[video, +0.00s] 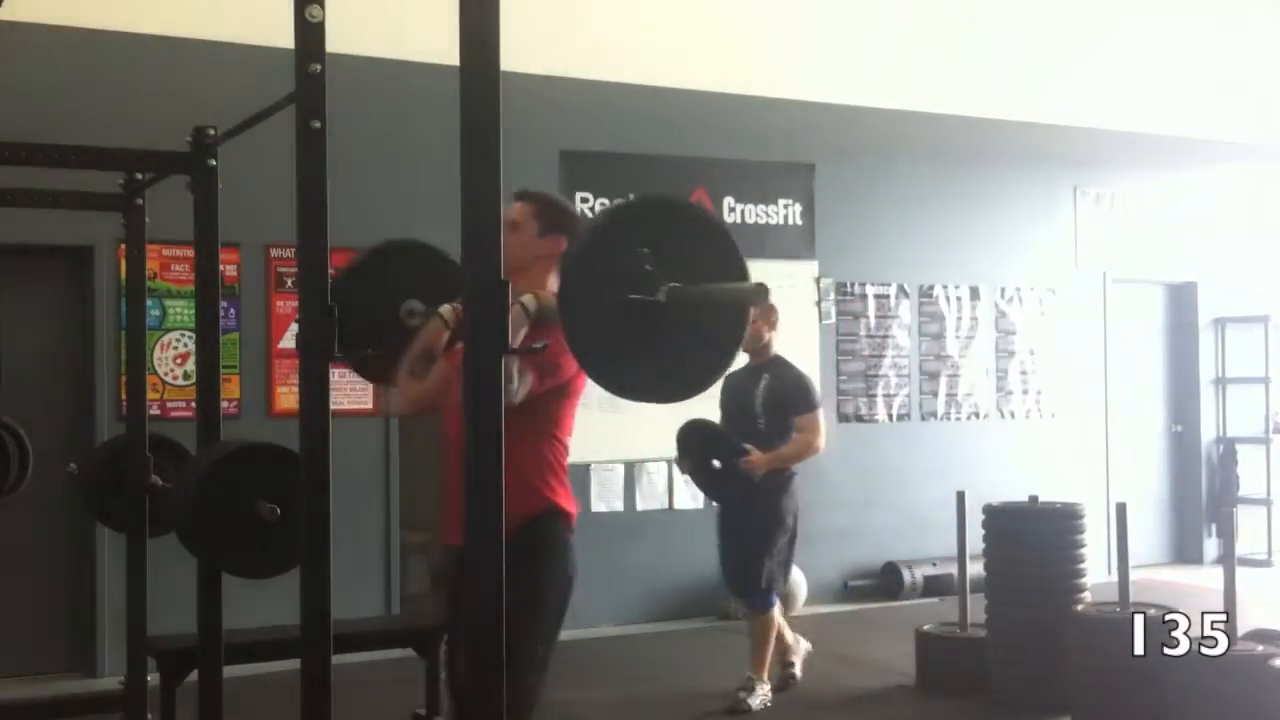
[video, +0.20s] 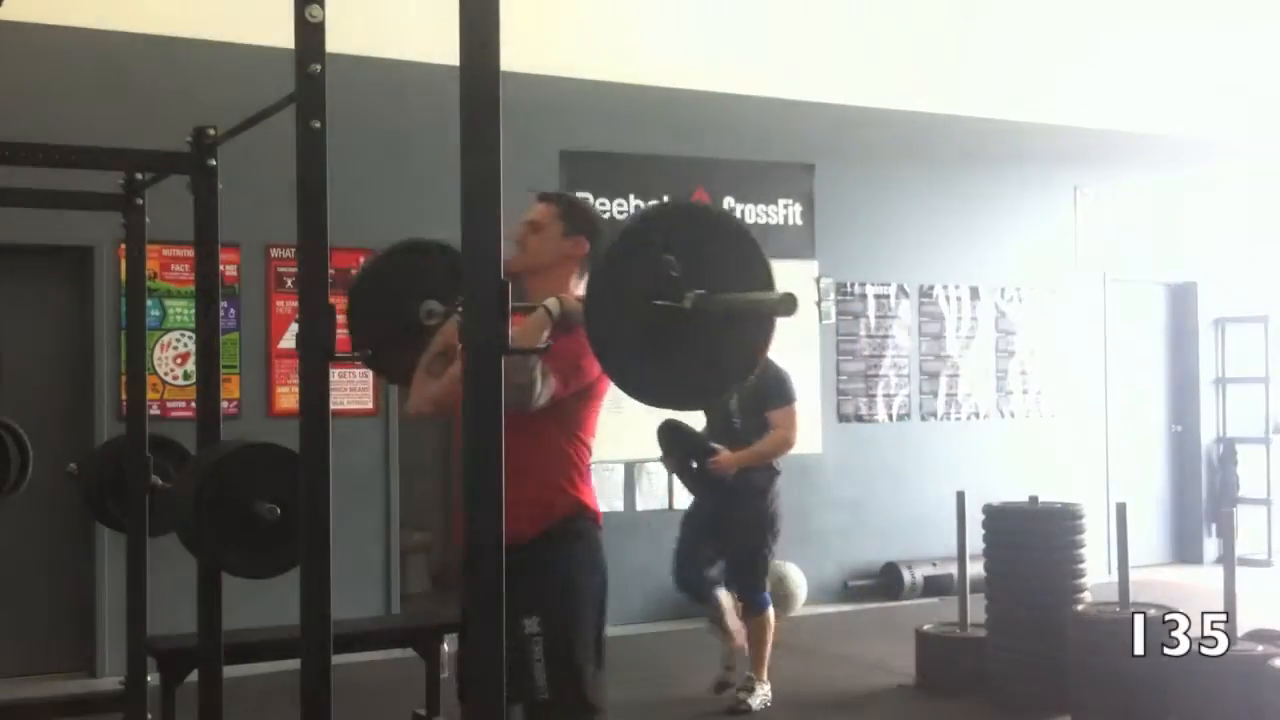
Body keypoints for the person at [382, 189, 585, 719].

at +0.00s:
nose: (498, 236)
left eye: (512, 227)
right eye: (502, 226)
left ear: (553, 245)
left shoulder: (564, 328)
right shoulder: (481, 334)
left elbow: (500, 386)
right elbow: (404, 396)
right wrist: (435, 329)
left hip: (531, 534)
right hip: (473, 536)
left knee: (511, 693)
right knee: (469, 689)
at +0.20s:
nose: (516, 237)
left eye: (533, 228)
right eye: (521, 227)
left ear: (575, 248)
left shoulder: (588, 331)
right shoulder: (502, 330)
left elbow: (523, 390)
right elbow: (420, 401)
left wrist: (543, 313)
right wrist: (443, 341)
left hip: (559, 536)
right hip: (491, 540)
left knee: (570, 692)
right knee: (487, 690)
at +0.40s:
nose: (530, 236)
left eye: (547, 228)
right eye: (535, 227)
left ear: (589, 248)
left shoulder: (598, 330)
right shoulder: (517, 331)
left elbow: (526, 386)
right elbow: (436, 397)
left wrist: (560, 312)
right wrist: (464, 324)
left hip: (573, 533)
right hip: (507, 537)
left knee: (582, 692)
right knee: (498, 688)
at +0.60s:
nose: (534, 236)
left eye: (551, 228)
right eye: (539, 227)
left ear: (593, 248)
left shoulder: (602, 331)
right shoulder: (520, 331)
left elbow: (530, 385)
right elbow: (441, 397)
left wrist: (567, 310)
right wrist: (467, 325)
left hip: (574, 533)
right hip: (508, 538)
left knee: (584, 693)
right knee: (509, 690)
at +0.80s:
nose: (536, 234)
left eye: (554, 227)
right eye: (541, 225)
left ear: (595, 247)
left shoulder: (603, 335)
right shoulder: (520, 328)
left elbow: (535, 386)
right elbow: (443, 400)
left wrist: (571, 310)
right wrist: (469, 326)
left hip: (575, 532)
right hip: (509, 537)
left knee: (585, 692)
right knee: (511, 690)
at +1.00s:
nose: (540, 236)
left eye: (557, 229)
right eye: (544, 228)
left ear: (598, 250)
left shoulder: (601, 339)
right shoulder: (518, 331)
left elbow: (535, 387)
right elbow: (443, 400)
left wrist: (570, 310)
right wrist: (472, 324)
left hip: (571, 531)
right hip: (507, 536)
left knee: (590, 690)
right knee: (526, 688)